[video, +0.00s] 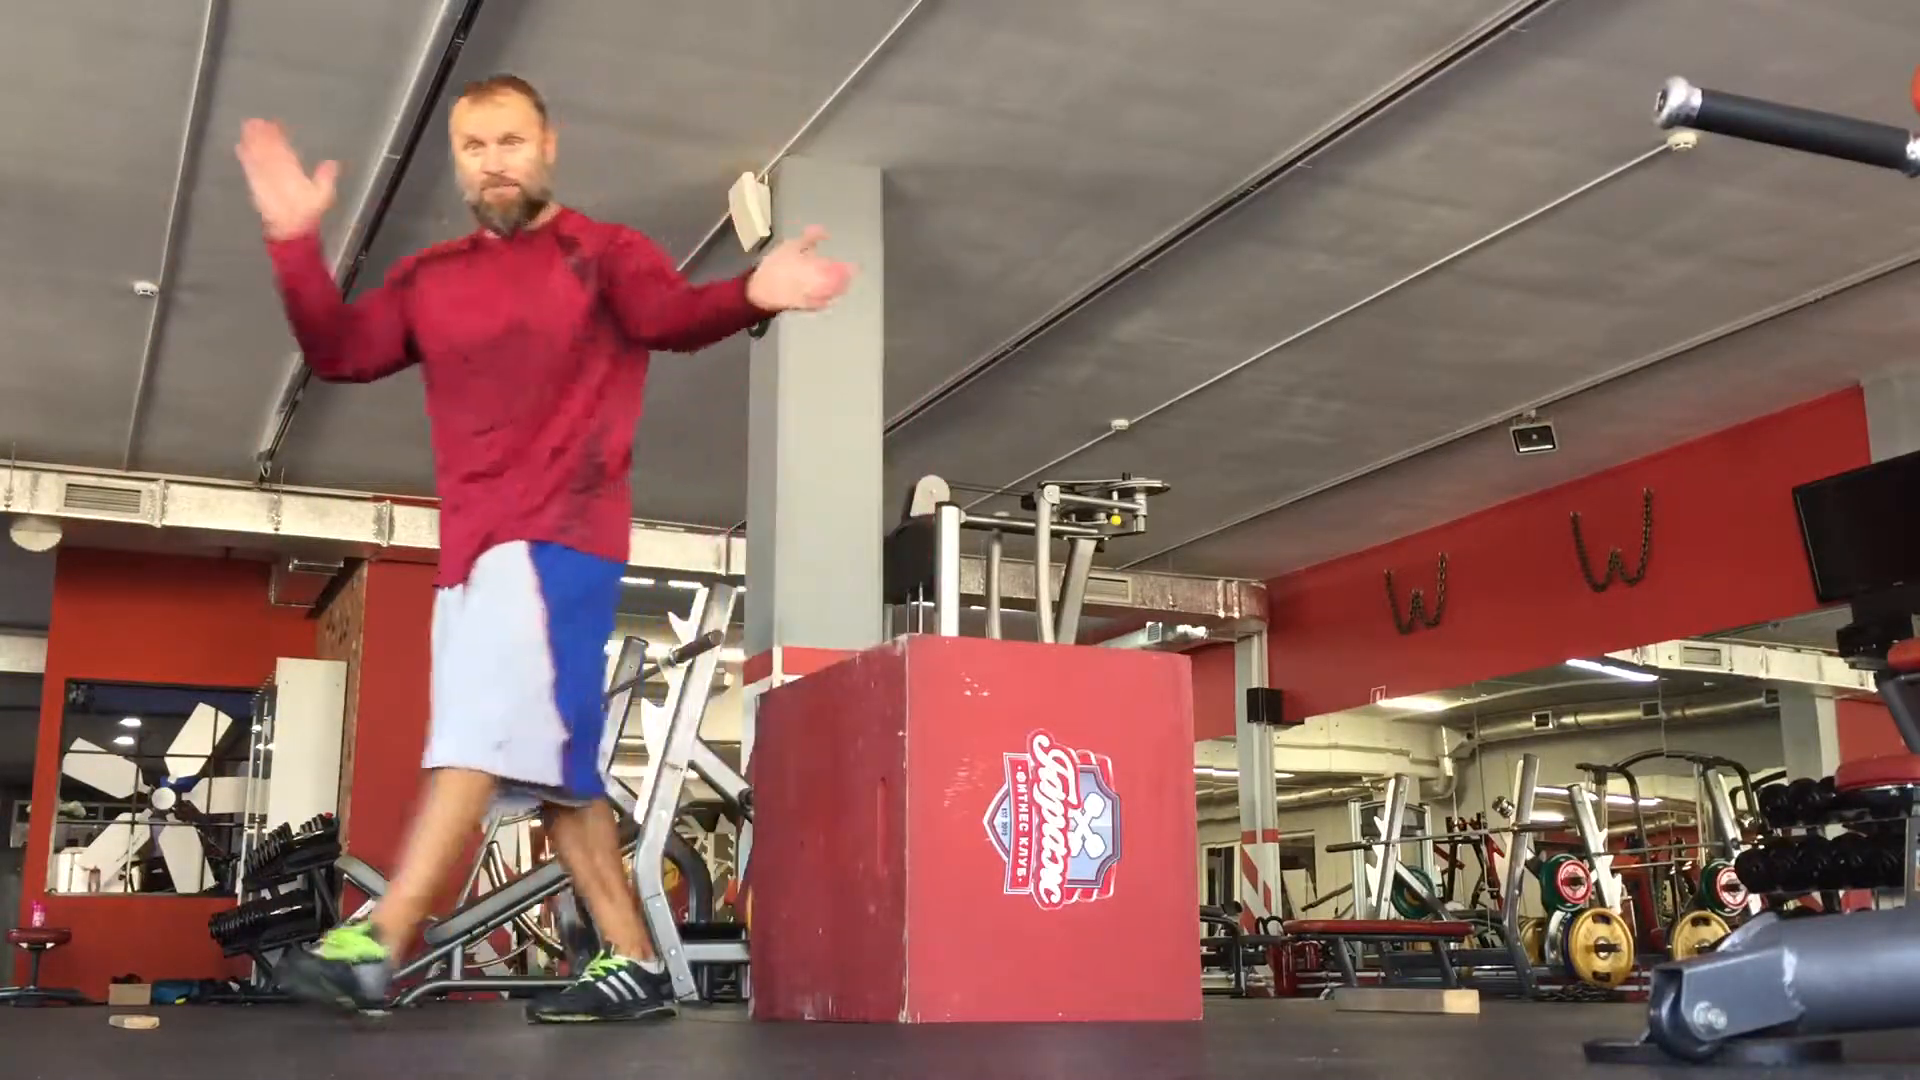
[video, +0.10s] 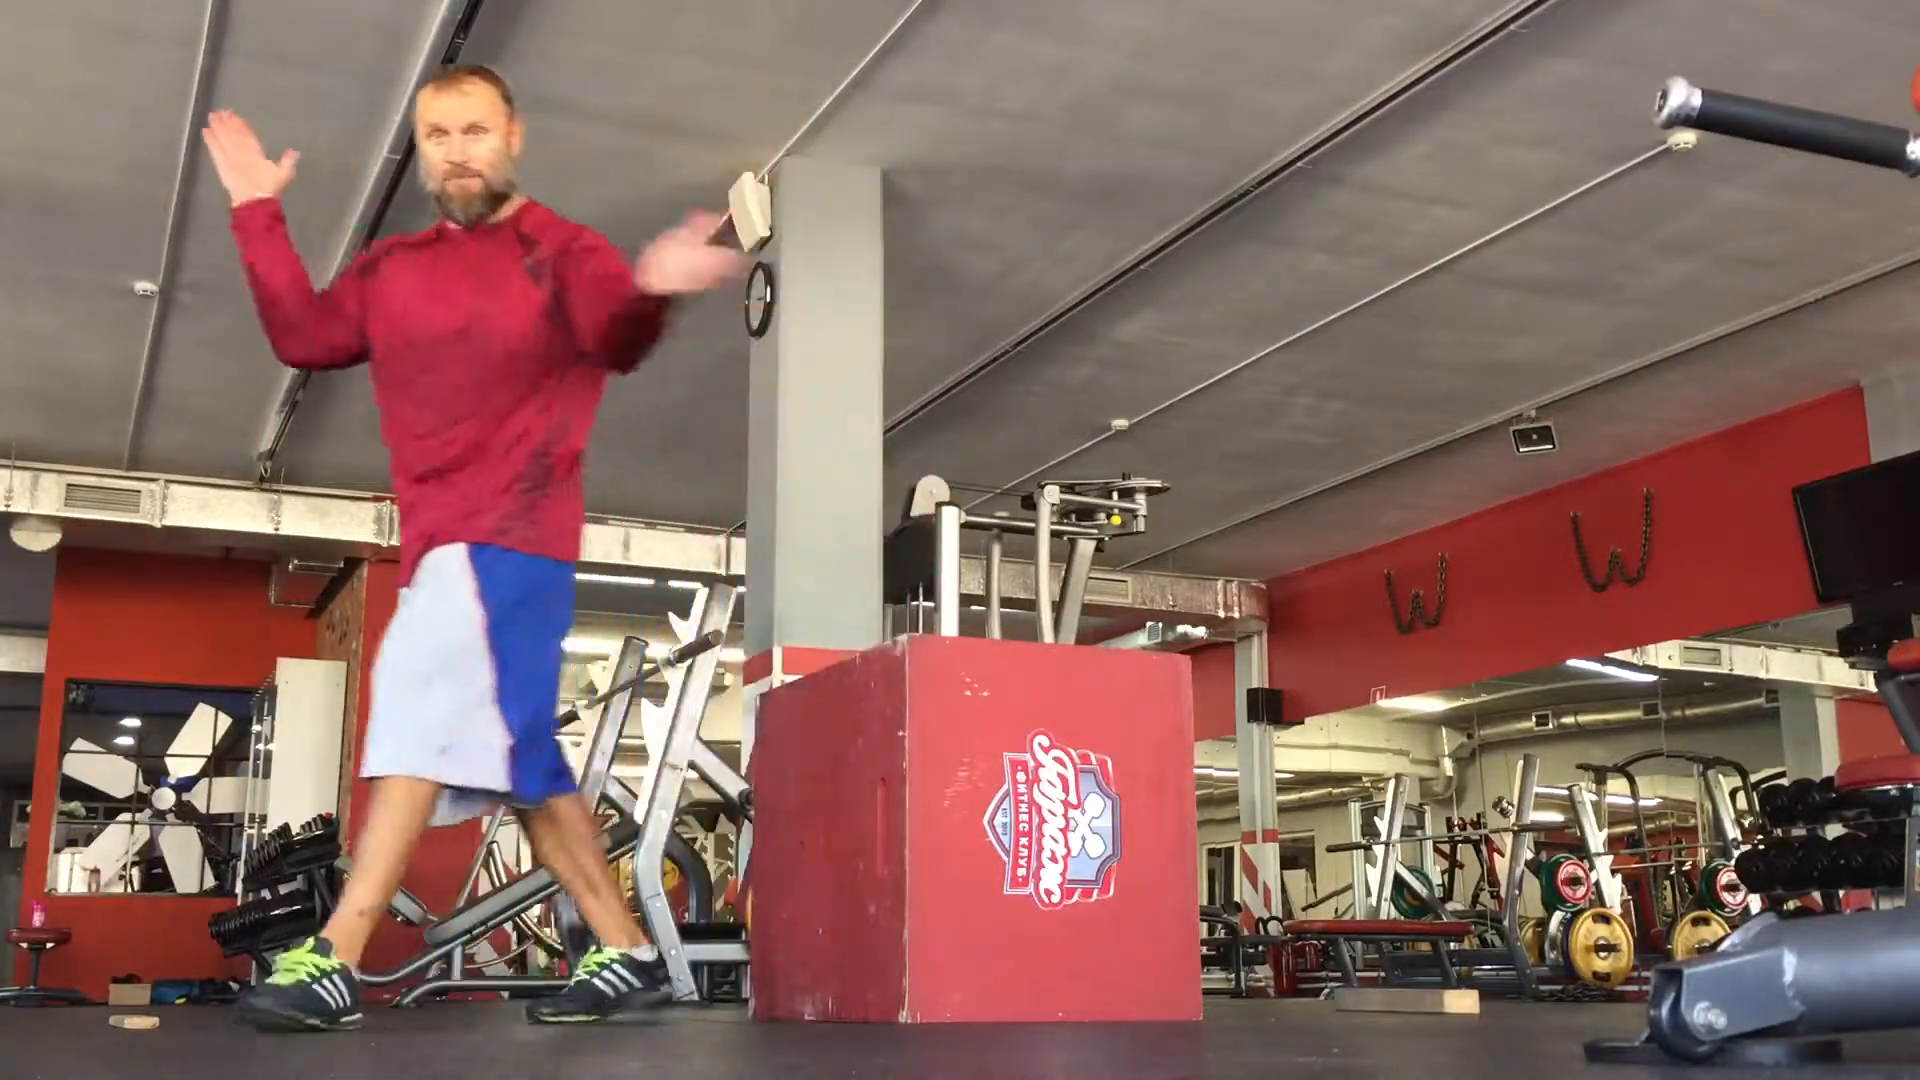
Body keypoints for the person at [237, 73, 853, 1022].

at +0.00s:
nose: (491, 160)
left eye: (510, 140)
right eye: (473, 145)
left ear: (548, 147)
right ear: (455, 161)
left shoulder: (602, 250)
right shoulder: (427, 279)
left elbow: (665, 313)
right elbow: (339, 349)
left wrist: (749, 291)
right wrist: (297, 242)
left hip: (564, 527)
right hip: (473, 535)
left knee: (474, 730)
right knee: (559, 758)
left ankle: (380, 945)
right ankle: (635, 963)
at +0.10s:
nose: (456, 149)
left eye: (475, 129)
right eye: (437, 134)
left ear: (516, 140)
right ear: (419, 153)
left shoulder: (560, 249)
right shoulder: (387, 270)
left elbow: (615, 341)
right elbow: (302, 336)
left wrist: (646, 289)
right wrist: (256, 209)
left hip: (514, 529)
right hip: (436, 532)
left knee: (413, 715)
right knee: (522, 746)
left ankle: (335, 959)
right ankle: (628, 950)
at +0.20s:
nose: (419, 124)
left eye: (440, 105)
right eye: (401, 108)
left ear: (480, 119)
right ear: (382, 125)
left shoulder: (526, 234)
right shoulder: (346, 238)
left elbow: (537, 335)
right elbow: (284, 334)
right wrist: (269, 218)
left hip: (468, 508)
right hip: (380, 512)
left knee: (386, 716)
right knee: (440, 751)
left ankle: (331, 961)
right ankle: (585, 923)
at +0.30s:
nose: (380, 97)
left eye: (403, 78)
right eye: (362, 81)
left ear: (447, 94)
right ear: (344, 99)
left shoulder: (490, 216)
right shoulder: (320, 205)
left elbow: (455, 328)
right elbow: (237, 323)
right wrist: (272, 263)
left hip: (423, 500)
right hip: (316, 502)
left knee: (375, 713)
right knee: (292, 713)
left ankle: (332, 960)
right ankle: (463, 876)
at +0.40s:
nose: (336, 75)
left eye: (360, 55)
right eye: (320, 56)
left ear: (405, 72)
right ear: (298, 74)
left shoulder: (455, 200)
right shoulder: (258, 192)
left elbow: (438, 322)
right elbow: (179, 315)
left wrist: (283, 285)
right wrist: (223, 292)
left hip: (378, 499)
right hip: (255, 497)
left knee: (358, 726)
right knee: (184, 716)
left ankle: (332, 961)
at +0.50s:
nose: (296, 58)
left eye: (318, 38)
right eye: (277, 38)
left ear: (360, 54)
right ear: (251, 54)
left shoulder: (415, 190)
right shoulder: (200, 180)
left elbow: (398, 320)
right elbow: (122, 305)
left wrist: (252, 314)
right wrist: (185, 312)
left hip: (330, 494)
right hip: (192, 480)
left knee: (336, 720)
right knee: (87, 677)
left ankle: (330, 958)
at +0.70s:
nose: (189, 50)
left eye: (213, 32)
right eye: (168, 29)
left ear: (247, 51)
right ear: (133, 42)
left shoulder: (305, 196)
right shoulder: (52, 169)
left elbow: (345, 340)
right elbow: (1, 312)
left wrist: (248, 334)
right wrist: (86, 316)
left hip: (224, 508)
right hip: (53, 494)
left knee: (265, 710)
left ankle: (317, 949)